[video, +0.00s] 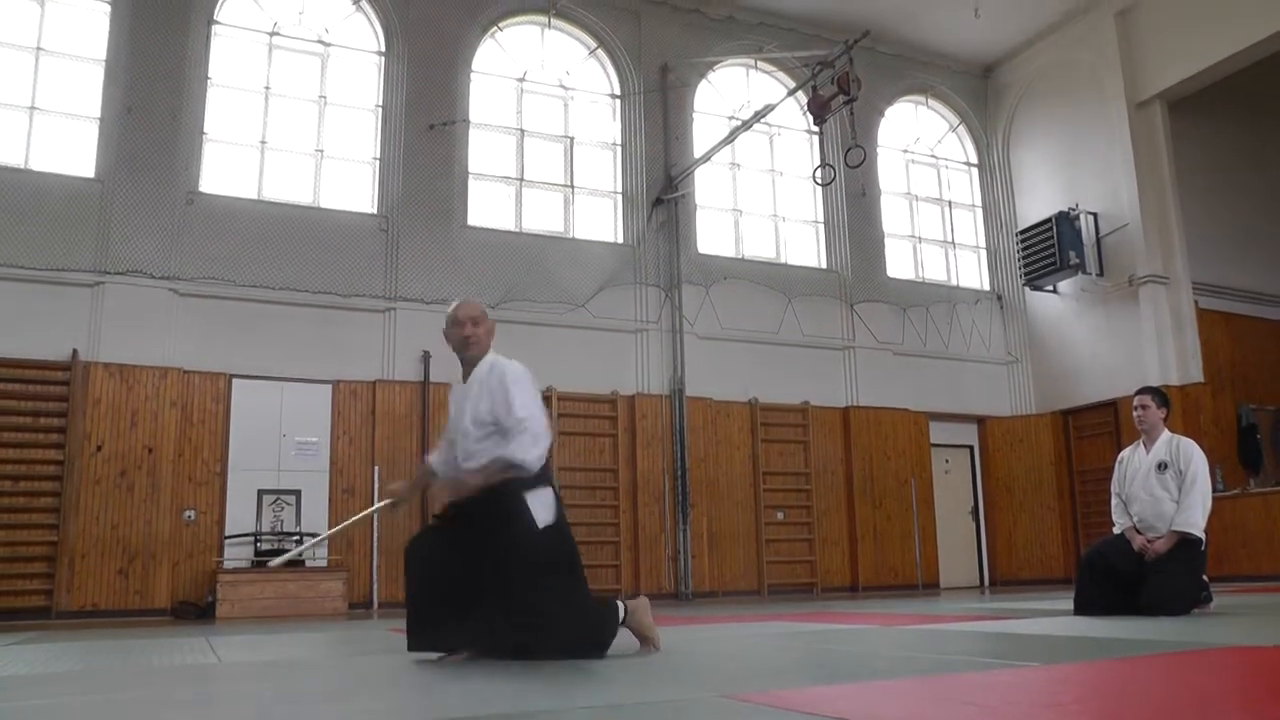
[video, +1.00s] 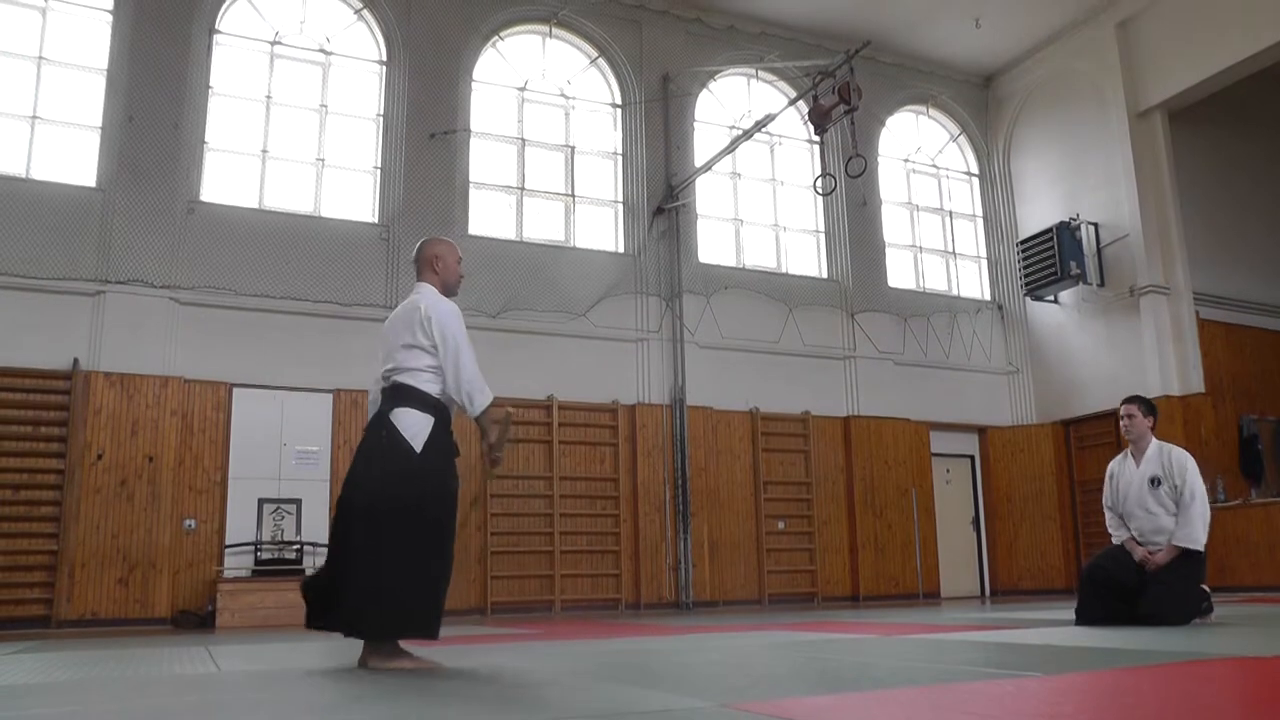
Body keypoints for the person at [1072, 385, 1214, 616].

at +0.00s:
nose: (1138, 413)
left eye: (1144, 408)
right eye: (1135, 409)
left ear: (1162, 413)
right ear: (1132, 414)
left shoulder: (1185, 449)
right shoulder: (1125, 458)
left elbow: (1196, 501)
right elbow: (1117, 502)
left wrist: (1167, 541)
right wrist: (1133, 536)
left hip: (1179, 542)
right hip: (1135, 541)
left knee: (1157, 606)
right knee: (1094, 562)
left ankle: (1198, 589)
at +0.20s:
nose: (1139, 416)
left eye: (1145, 410)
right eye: (1136, 411)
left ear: (1163, 415)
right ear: (1133, 417)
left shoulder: (1186, 452)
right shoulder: (1125, 460)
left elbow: (1196, 503)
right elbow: (1117, 505)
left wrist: (1168, 543)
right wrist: (1133, 538)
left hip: (1179, 544)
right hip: (1135, 543)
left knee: (1156, 608)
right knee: (1094, 565)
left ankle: (1198, 591)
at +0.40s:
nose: (1140, 417)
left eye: (1146, 411)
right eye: (1137, 412)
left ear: (1164, 417)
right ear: (1133, 417)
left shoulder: (1187, 454)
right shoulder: (1126, 460)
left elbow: (1197, 506)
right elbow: (1117, 506)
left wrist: (1168, 544)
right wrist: (1133, 539)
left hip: (1180, 545)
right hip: (1135, 544)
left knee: (1158, 609)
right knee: (1093, 567)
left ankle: (1199, 592)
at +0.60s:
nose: (1140, 419)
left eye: (1147, 413)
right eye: (1137, 414)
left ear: (1165, 419)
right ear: (1133, 420)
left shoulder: (1186, 456)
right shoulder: (1126, 463)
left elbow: (1197, 508)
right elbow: (1117, 509)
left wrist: (1168, 546)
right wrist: (1133, 542)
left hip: (1180, 547)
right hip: (1135, 546)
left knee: (1158, 611)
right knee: (1093, 568)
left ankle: (1198, 595)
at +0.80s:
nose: (1136, 423)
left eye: (1143, 417)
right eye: (1134, 418)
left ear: (1162, 422)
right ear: (1131, 424)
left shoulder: (1185, 460)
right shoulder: (1124, 467)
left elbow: (1199, 511)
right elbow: (1116, 512)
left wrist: (1169, 550)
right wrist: (1134, 546)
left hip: (1180, 552)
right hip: (1135, 551)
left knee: (1160, 613)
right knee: (1094, 572)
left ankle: (1200, 597)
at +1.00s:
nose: (1124, 423)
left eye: (1130, 417)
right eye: (1121, 418)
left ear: (1149, 422)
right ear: (1119, 423)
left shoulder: (1177, 459)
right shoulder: (1115, 468)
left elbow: (1196, 512)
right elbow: (1111, 515)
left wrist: (1167, 553)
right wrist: (1133, 548)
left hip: (1179, 553)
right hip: (1134, 552)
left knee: (1159, 615)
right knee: (1094, 576)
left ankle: (1200, 599)